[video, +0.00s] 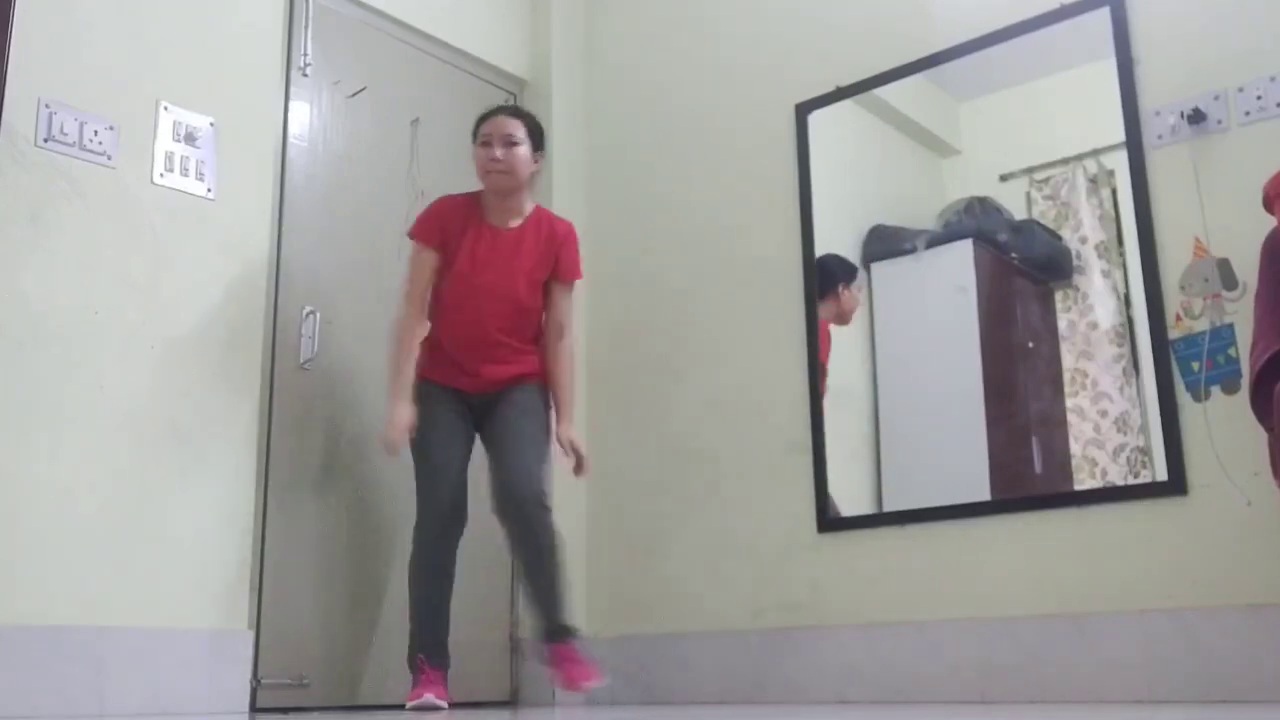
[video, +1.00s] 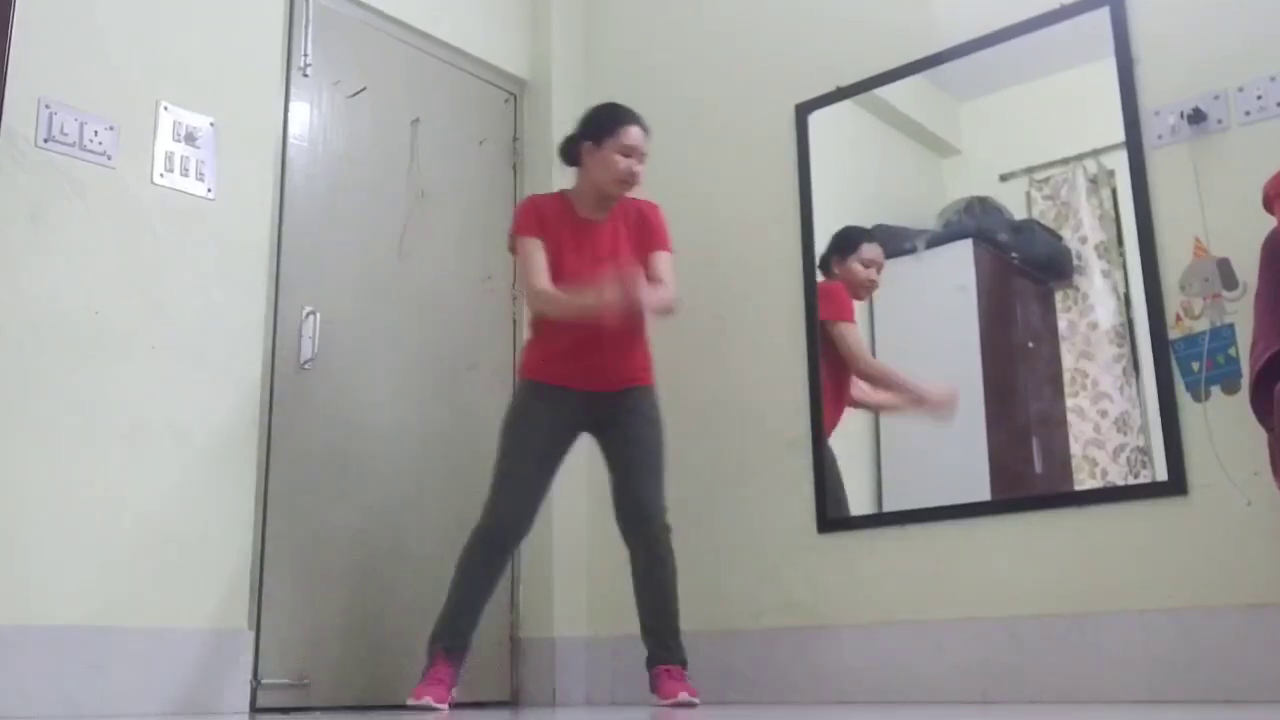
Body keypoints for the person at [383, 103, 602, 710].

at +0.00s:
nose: (496, 152)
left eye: (511, 143)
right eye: (486, 143)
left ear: (536, 158)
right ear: (473, 156)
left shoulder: (556, 235)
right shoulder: (445, 217)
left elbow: (560, 334)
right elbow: (414, 314)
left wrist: (565, 418)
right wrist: (401, 399)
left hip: (518, 387)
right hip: (440, 384)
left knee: (522, 498)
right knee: (439, 516)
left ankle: (558, 637)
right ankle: (428, 671)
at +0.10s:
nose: (481, 154)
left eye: (495, 144)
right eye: (472, 145)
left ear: (525, 158)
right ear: (462, 158)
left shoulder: (548, 233)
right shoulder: (438, 216)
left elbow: (565, 328)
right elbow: (371, 286)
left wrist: (574, 412)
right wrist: (366, 374)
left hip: (512, 383)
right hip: (436, 381)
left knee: (494, 487)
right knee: (436, 511)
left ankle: (490, 637)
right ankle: (428, 671)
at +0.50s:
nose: (503, 160)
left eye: (514, 151)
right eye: (490, 149)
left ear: (529, 167)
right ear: (467, 160)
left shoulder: (542, 237)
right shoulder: (432, 223)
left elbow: (559, 324)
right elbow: (384, 310)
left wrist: (557, 379)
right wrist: (411, 364)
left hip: (512, 388)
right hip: (437, 385)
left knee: (521, 484)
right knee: (436, 518)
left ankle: (507, 598)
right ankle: (428, 673)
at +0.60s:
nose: (525, 162)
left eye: (535, 153)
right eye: (513, 148)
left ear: (542, 165)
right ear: (480, 154)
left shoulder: (548, 229)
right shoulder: (439, 217)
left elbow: (563, 318)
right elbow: (419, 304)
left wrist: (547, 319)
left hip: (522, 385)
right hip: (447, 385)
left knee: (558, 487)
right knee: (442, 516)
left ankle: (557, 607)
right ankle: (428, 671)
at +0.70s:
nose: (549, 157)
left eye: (557, 148)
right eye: (538, 143)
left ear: (560, 155)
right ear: (501, 143)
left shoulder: (561, 212)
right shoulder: (457, 198)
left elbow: (576, 296)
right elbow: (453, 272)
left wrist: (554, 245)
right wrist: (531, 226)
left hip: (542, 378)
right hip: (466, 378)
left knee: (590, 500)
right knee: (455, 513)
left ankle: (620, 639)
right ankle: (430, 669)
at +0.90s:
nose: (603, 162)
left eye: (610, 154)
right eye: (593, 150)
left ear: (613, 160)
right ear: (556, 149)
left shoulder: (615, 214)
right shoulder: (509, 206)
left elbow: (637, 283)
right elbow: (510, 268)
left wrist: (606, 215)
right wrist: (582, 211)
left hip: (596, 392)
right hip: (519, 387)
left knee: (626, 527)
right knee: (480, 526)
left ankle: (666, 668)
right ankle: (434, 670)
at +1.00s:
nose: (635, 167)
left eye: (642, 157)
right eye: (624, 153)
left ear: (643, 163)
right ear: (586, 153)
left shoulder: (644, 217)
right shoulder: (537, 212)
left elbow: (669, 296)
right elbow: (539, 298)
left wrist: (642, 292)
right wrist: (605, 299)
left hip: (626, 392)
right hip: (550, 389)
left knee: (648, 524)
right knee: (502, 524)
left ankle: (668, 668)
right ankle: (443, 664)